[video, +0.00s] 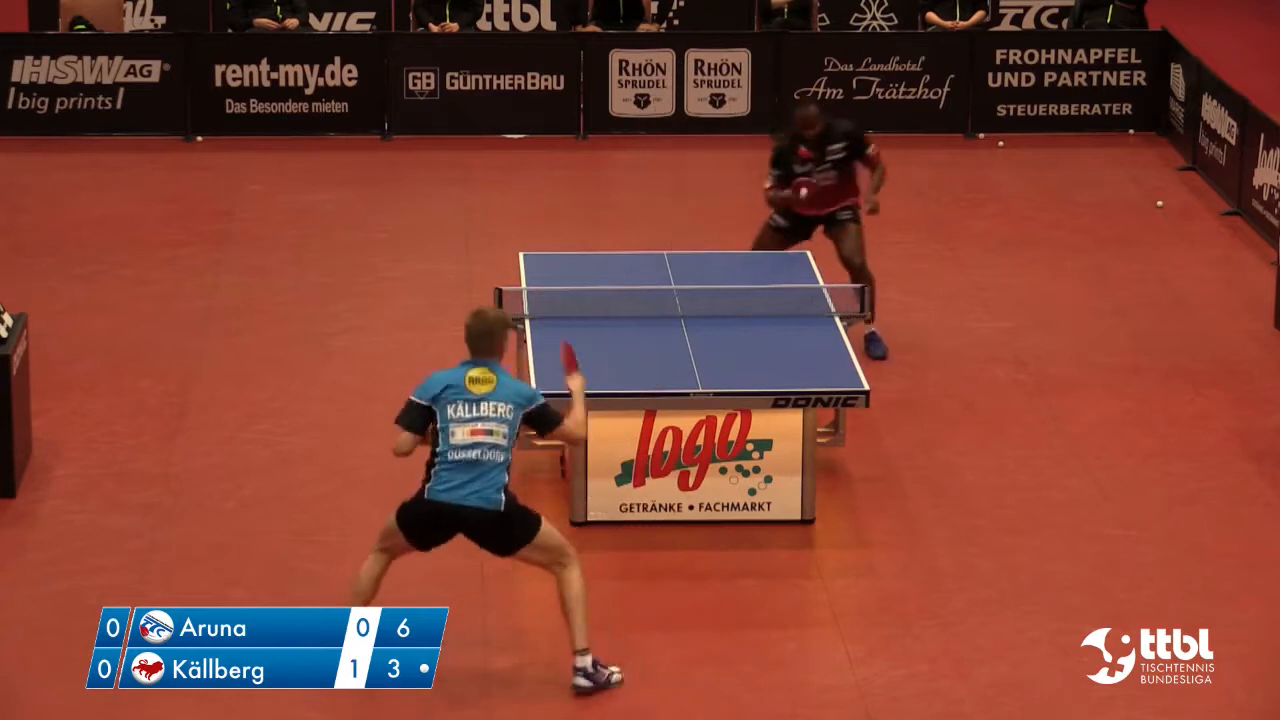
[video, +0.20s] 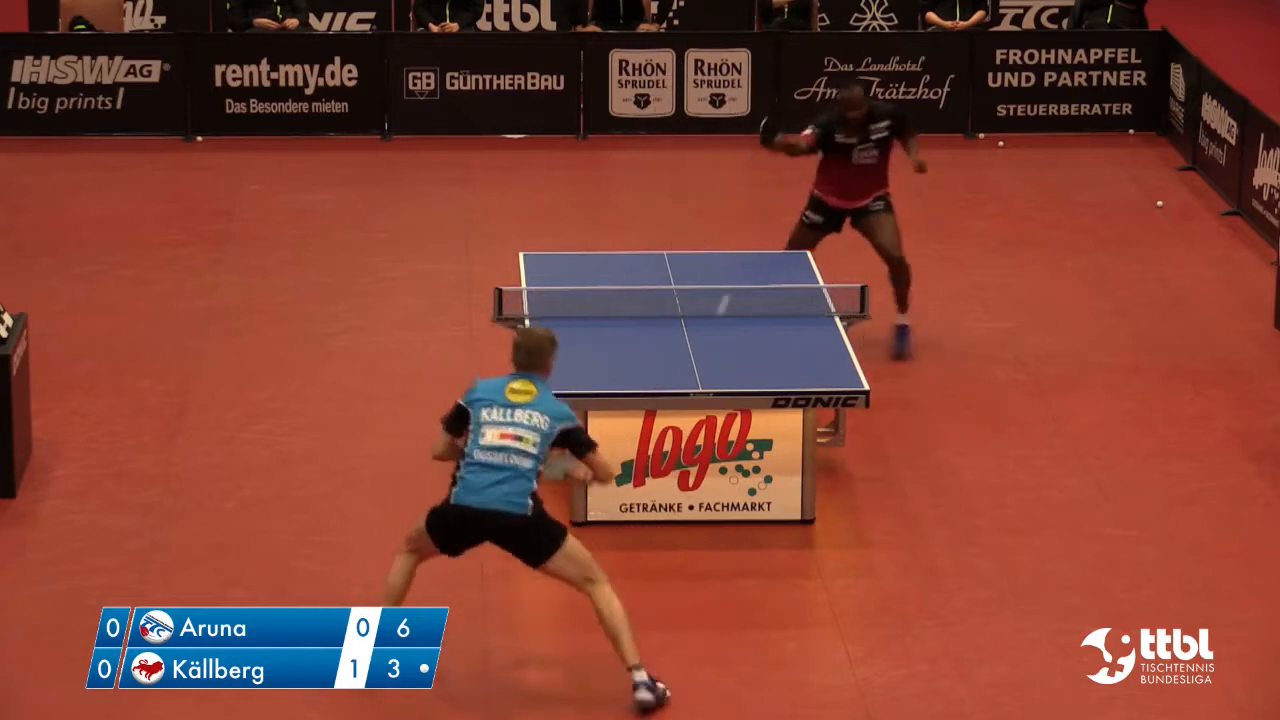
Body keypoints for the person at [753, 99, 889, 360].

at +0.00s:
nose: (811, 132)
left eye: (814, 126)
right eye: (805, 127)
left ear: (822, 120)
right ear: (796, 126)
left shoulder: (844, 135)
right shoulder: (786, 148)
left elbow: (878, 165)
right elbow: (771, 193)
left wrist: (872, 194)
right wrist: (792, 196)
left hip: (840, 209)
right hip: (797, 210)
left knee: (855, 263)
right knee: (758, 258)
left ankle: (870, 330)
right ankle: (756, 326)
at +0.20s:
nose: (852, 113)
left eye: (856, 107)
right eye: (847, 108)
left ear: (867, 103)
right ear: (839, 105)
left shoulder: (887, 117)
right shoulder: (831, 121)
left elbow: (907, 135)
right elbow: (804, 144)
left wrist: (916, 157)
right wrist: (780, 143)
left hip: (871, 201)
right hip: (826, 201)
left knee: (896, 259)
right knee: (791, 258)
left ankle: (902, 322)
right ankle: (776, 319)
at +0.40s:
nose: (870, 126)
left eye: (876, 120)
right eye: (866, 120)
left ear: (887, 120)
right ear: (858, 120)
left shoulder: (906, 147)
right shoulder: (843, 144)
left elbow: (933, 177)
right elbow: (797, 153)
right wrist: (787, 135)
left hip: (892, 228)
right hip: (846, 227)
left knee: (921, 283)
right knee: (799, 278)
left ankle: (972, 342)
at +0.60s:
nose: (815, 111)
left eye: (821, 105)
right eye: (810, 105)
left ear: (833, 104)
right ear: (803, 106)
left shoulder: (855, 133)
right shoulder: (796, 135)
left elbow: (869, 183)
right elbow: (785, 170)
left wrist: (838, 212)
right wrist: (773, 180)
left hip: (853, 213)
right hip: (807, 211)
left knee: (887, 270)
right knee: (760, 255)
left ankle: (910, 320)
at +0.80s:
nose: (760, 137)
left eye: (766, 131)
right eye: (756, 131)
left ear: (780, 127)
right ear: (754, 131)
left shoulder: (790, 153)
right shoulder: (769, 150)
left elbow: (770, 201)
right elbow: (786, 198)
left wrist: (728, 229)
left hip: (823, 233)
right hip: (785, 226)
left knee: (843, 302)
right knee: (731, 252)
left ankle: (913, 309)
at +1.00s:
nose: (800, 106)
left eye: (805, 101)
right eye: (799, 101)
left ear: (823, 100)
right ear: (808, 102)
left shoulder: (842, 128)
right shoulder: (817, 125)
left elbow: (829, 175)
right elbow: (815, 157)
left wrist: (790, 200)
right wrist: (789, 154)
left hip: (844, 219)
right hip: (810, 213)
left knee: (863, 293)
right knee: (763, 262)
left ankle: (931, 317)